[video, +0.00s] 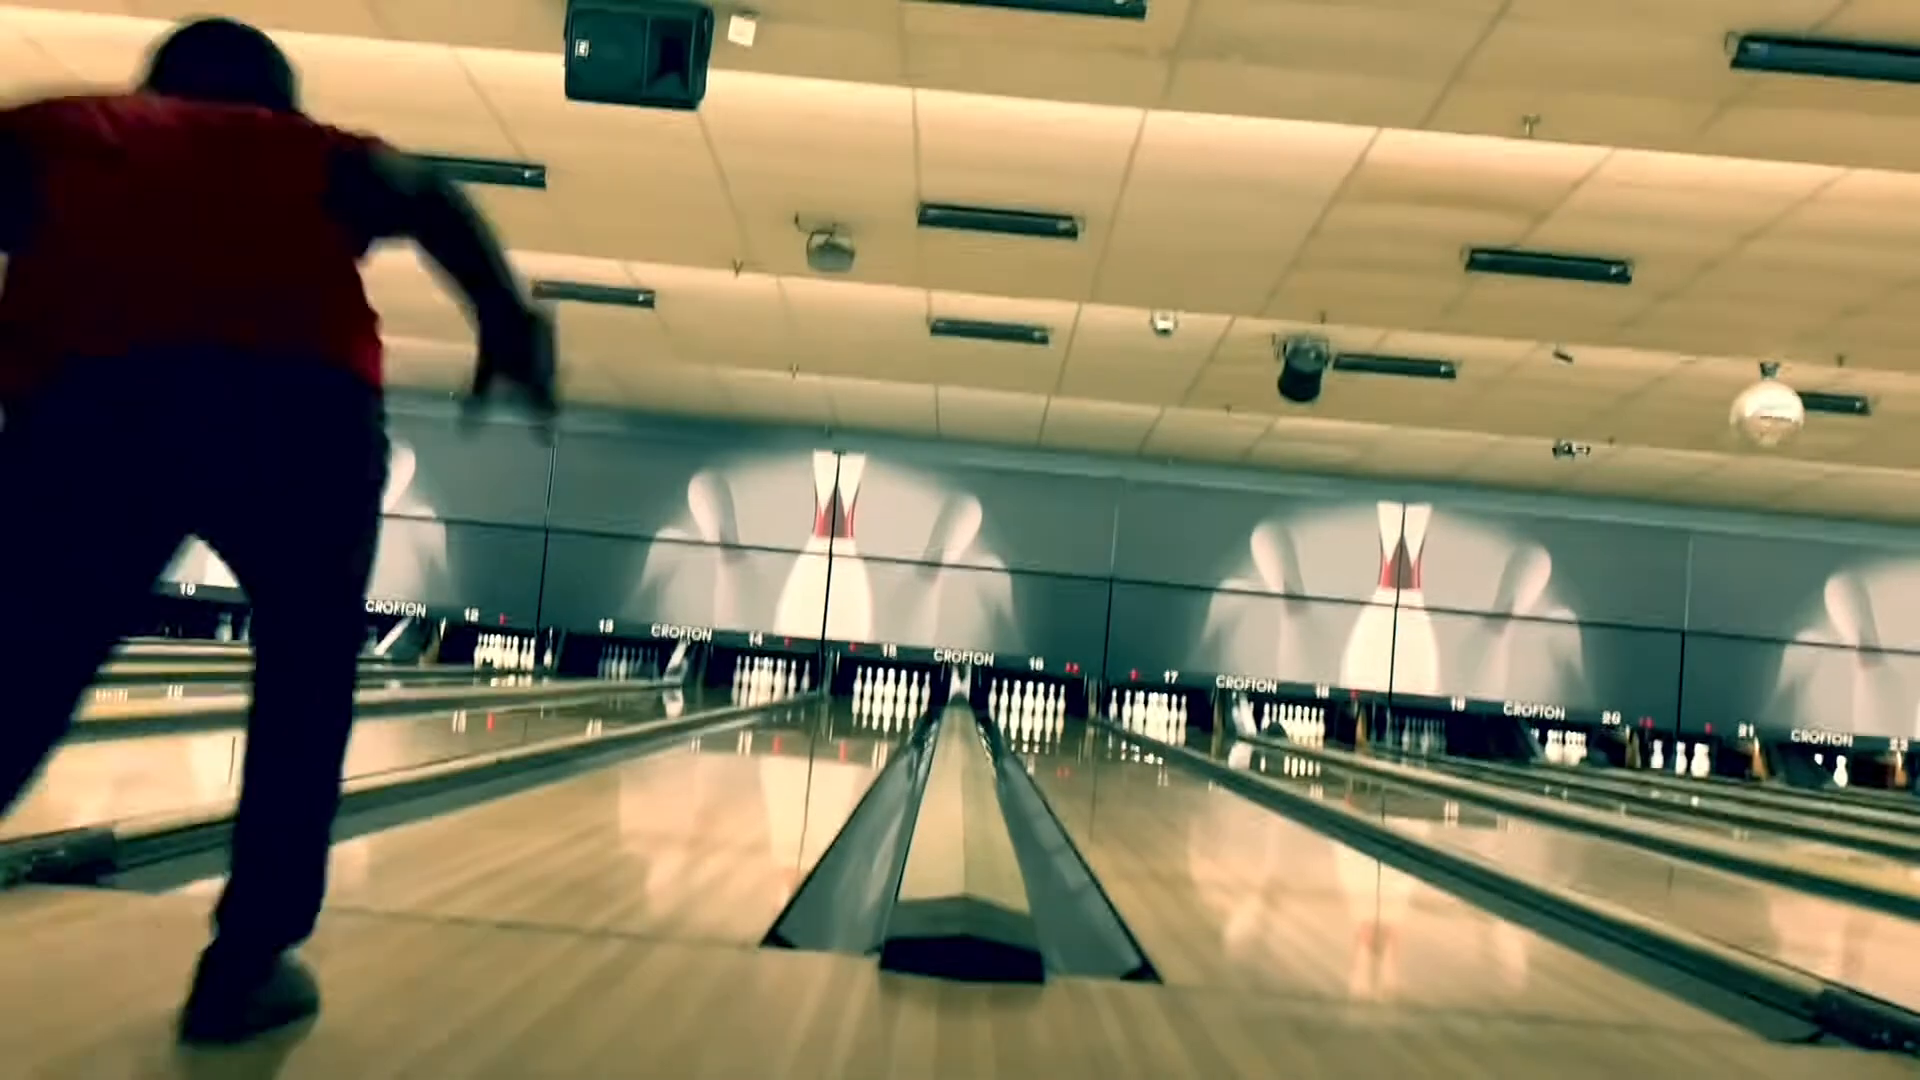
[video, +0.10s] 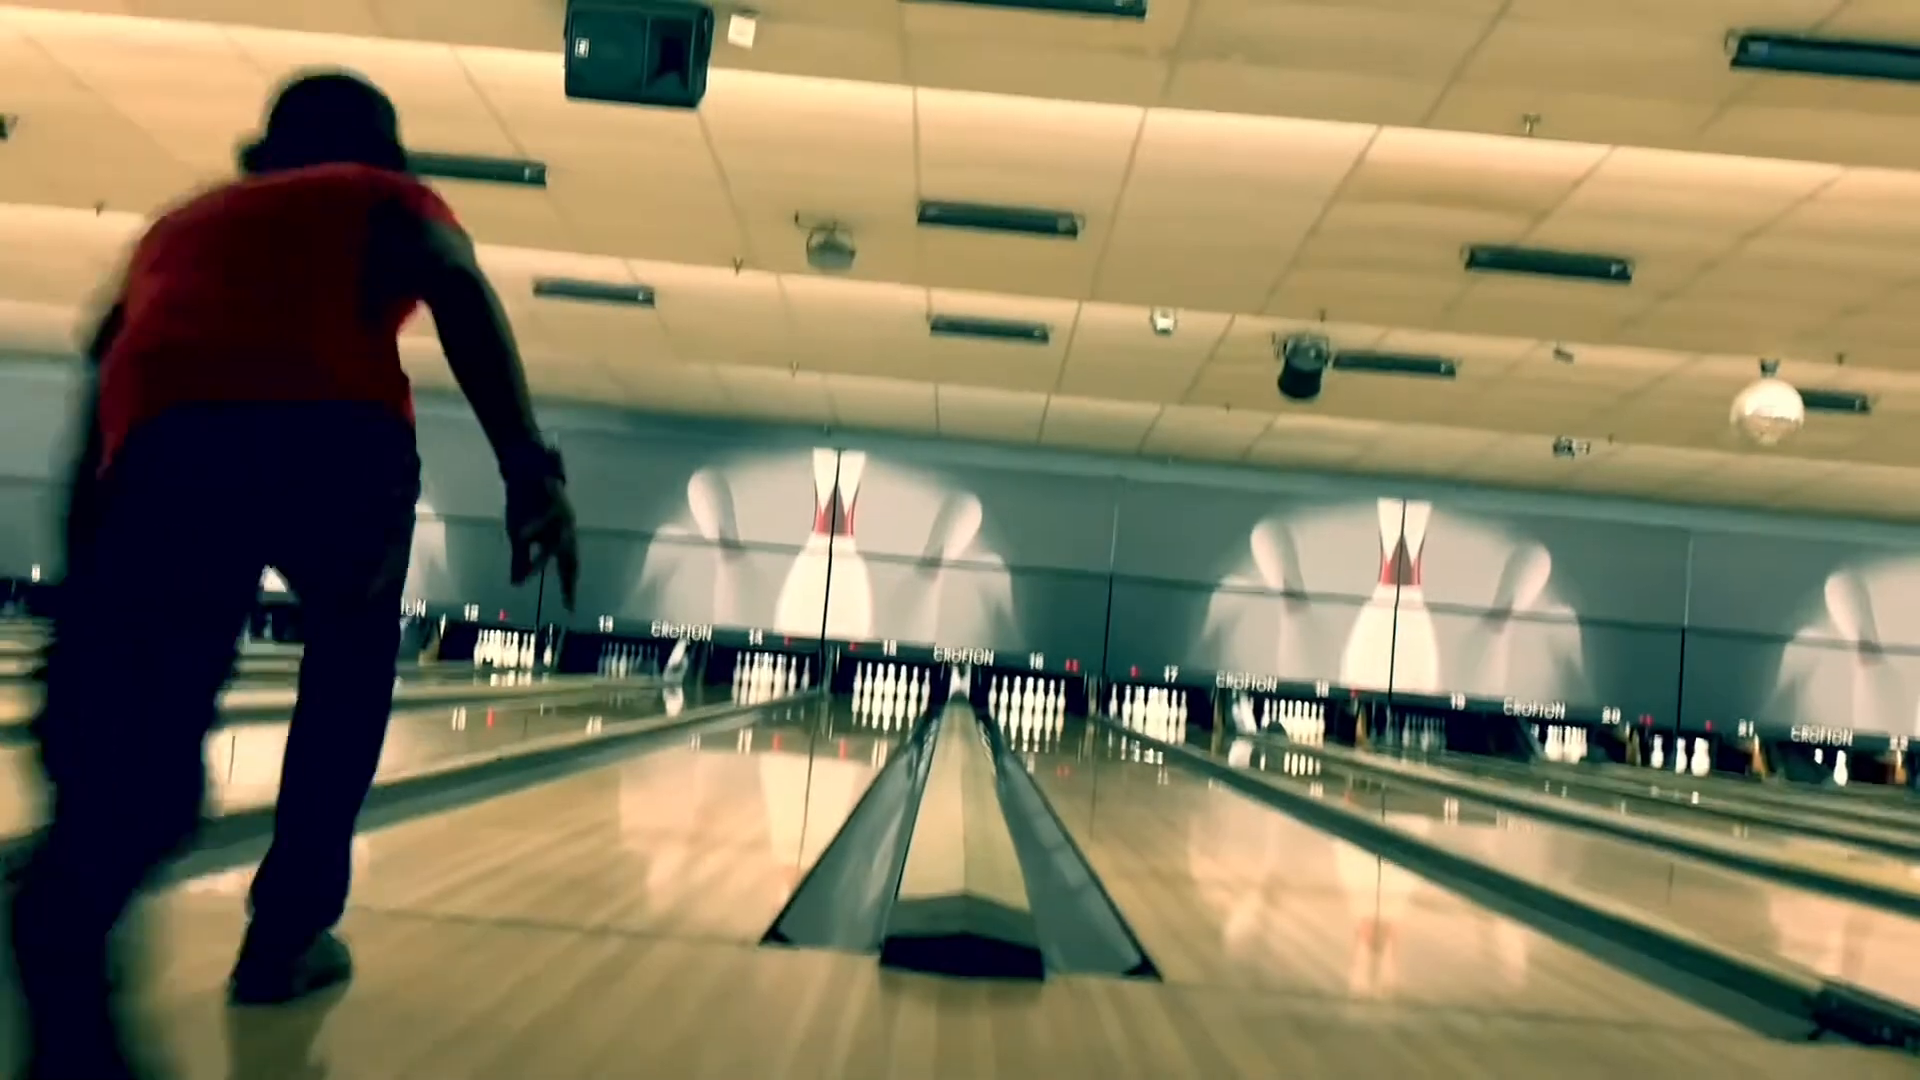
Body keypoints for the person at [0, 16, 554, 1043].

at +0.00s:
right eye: (280, 105)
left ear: (150, 85)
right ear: (278, 99)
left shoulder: (58, 126)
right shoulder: (314, 148)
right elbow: (427, 193)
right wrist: (506, 316)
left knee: (21, 685)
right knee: (304, 687)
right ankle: (241, 976)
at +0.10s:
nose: (400, 174)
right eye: (395, 155)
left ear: (268, 144)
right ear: (378, 144)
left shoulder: (181, 221)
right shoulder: (390, 191)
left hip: (173, 450)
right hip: (342, 445)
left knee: (144, 750)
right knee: (344, 683)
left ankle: (55, 919)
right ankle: (280, 946)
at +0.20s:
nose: (436, 225)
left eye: (429, 214)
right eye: (428, 214)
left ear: (318, 208)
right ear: (400, 204)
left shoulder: (232, 269)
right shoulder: (406, 227)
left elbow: (188, 423)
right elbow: (461, 260)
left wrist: (205, 582)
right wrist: (502, 372)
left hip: (233, 466)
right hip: (376, 448)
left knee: (252, 759)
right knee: (380, 668)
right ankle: (322, 914)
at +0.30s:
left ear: (330, 233)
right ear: (398, 229)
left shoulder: (255, 289)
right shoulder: (414, 258)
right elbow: (450, 245)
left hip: (278, 448)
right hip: (414, 437)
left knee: (314, 733)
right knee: (399, 686)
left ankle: (432, 794)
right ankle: (332, 927)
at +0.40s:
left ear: (324, 206)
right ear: (398, 201)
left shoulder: (263, 248)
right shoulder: (428, 222)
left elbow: (229, 399)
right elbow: (468, 186)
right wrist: (422, 146)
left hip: (309, 414)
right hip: (437, 397)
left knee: (332, 687)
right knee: (401, 645)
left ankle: (445, 664)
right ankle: (333, 925)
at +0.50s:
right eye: (410, 157)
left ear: (327, 160)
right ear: (412, 157)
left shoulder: (266, 209)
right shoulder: (436, 181)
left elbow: (209, 386)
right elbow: (490, 151)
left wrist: (222, 452)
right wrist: (493, 196)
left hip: (321, 374)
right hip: (448, 366)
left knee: (314, 632)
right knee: (392, 647)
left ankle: (428, 609)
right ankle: (334, 916)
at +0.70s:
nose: (411, 133)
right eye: (410, 121)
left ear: (309, 111)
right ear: (403, 120)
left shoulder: (250, 166)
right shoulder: (436, 160)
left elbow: (197, 334)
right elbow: (532, 180)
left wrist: (139, 470)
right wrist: (544, 310)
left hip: (315, 381)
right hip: (441, 377)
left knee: (287, 617)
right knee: (392, 646)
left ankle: (340, 678)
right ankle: (334, 921)